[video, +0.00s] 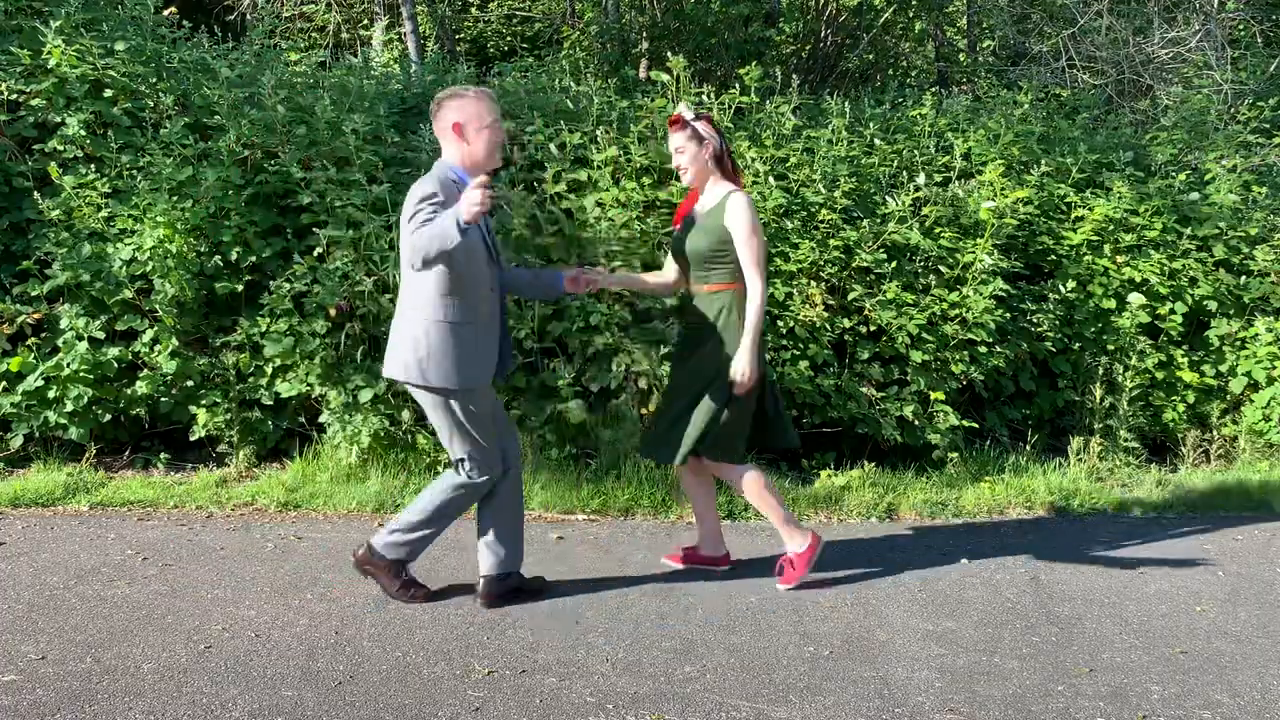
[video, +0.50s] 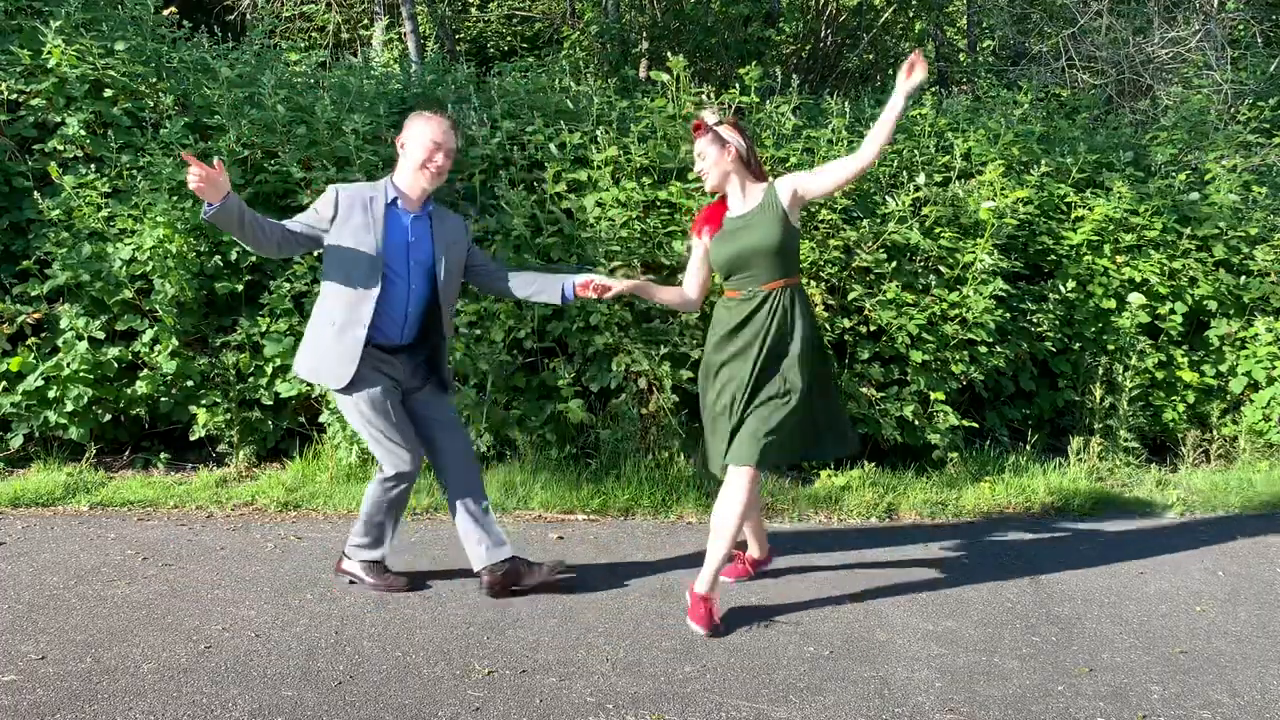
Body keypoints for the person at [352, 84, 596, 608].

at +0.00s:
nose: (504, 136)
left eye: (501, 125)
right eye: (493, 126)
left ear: (462, 135)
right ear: (457, 133)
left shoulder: (469, 196)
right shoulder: (432, 190)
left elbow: (496, 277)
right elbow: (414, 250)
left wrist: (560, 280)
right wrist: (459, 216)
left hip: (460, 358)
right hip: (434, 360)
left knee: (504, 455)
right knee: (480, 463)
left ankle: (501, 577)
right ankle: (385, 553)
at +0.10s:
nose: (489, 143)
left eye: (489, 134)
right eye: (480, 134)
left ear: (458, 139)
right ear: (442, 138)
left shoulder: (462, 206)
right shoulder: (412, 197)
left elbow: (495, 277)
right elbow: (372, 257)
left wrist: (573, 283)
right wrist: (385, 228)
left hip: (454, 363)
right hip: (414, 364)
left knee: (499, 450)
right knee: (436, 475)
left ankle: (499, 573)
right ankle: (363, 560)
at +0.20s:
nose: (479, 146)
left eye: (481, 138)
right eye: (468, 136)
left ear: (482, 145)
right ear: (430, 139)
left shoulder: (466, 218)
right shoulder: (388, 196)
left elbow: (503, 274)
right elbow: (344, 249)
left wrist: (580, 277)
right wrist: (329, 229)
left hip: (443, 360)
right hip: (391, 362)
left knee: (494, 437)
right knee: (426, 469)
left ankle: (495, 563)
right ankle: (362, 565)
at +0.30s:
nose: (468, 148)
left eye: (473, 140)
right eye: (458, 136)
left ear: (476, 147)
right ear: (424, 136)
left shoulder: (468, 220)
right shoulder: (374, 195)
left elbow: (510, 271)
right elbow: (317, 240)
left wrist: (582, 275)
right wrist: (284, 215)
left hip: (435, 360)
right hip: (378, 357)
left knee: (478, 448)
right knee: (421, 462)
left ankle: (502, 567)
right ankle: (364, 563)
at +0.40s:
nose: (456, 151)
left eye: (463, 144)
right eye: (445, 140)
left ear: (466, 156)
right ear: (414, 144)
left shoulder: (463, 222)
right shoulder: (362, 198)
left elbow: (512, 278)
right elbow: (297, 237)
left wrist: (583, 282)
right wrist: (249, 204)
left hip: (427, 358)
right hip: (368, 354)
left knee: (465, 452)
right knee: (420, 457)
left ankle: (500, 567)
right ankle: (365, 556)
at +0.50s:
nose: (442, 161)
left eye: (450, 154)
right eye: (433, 149)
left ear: (452, 163)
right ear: (401, 146)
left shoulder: (451, 228)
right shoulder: (346, 202)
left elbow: (500, 279)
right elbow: (279, 240)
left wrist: (572, 285)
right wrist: (225, 203)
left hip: (417, 364)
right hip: (354, 360)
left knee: (458, 455)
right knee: (401, 462)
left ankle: (498, 566)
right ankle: (361, 559)